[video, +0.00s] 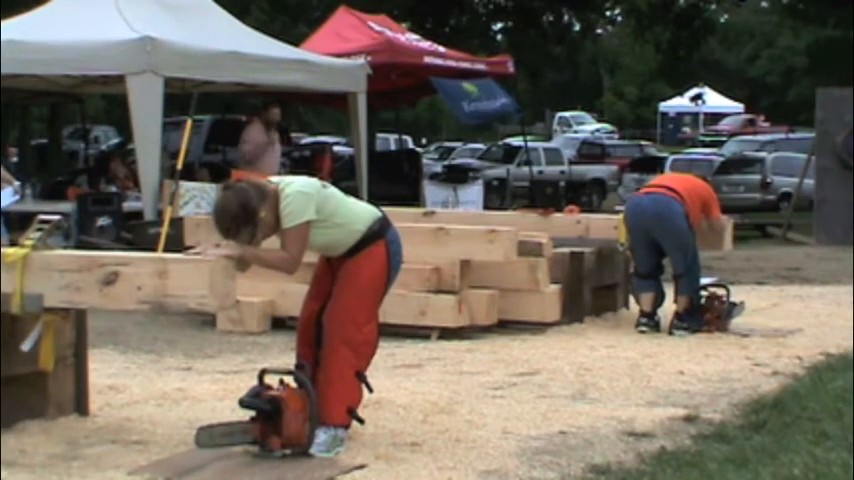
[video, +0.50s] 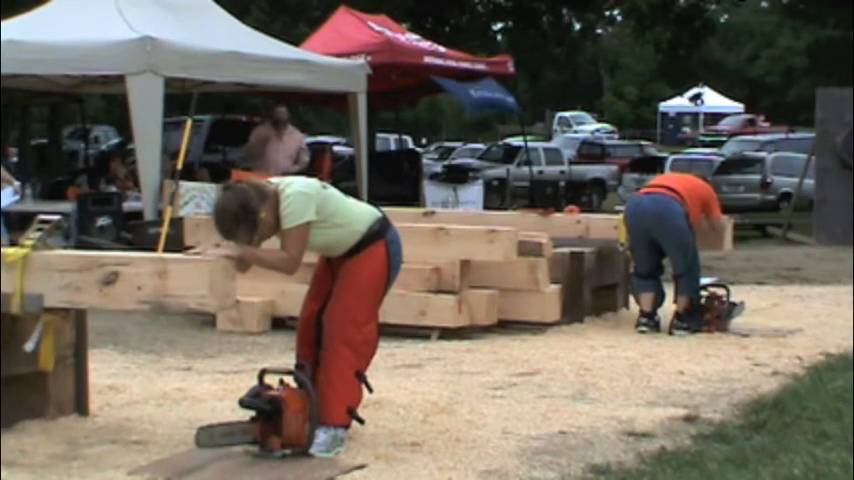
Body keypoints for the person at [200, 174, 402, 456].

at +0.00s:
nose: (259, 237)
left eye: (257, 232)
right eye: (252, 235)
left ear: (264, 210)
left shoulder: (297, 197)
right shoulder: (262, 197)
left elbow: (290, 262)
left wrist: (239, 252)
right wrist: (236, 252)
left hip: (373, 246)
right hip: (337, 251)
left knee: (340, 325)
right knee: (311, 321)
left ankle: (335, 425)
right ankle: (309, 412)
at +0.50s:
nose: (259, 240)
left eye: (258, 235)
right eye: (253, 238)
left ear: (264, 213)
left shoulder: (297, 198)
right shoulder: (264, 198)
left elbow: (290, 263)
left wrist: (240, 252)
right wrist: (239, 252)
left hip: (373, 246)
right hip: (337, 251)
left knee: (340, 325)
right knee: (311, 321)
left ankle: (335, 425)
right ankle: (309, 412)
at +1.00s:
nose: (257, 233)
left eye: (256, 228)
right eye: (249, 232)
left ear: (262, 206)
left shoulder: (297, 194)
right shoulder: (263, 194)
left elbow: (290, 261)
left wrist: (242, 253)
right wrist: (230, 252)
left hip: (372, 246)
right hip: (337, 252)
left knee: (340, 325)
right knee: (310, 321)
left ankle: (334, 426)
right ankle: (309, 412)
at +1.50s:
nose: (252, 233)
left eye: (251, 227)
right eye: (244, 231)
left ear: (260, 204)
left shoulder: (296, 195)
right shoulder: (262, 194)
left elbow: (291, 260)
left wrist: (244, 253)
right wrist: (232, 250)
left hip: (371, 247)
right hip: (336, 254)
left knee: (338, 325)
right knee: (309, 322)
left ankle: (334, 425)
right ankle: (309, 413)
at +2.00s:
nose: (246, 234)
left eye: (248, 226)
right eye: (240, 230)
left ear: (261, 204)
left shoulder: (295, 196)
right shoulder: (260, 195)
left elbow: (291, 260)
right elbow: (245, 263)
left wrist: (241, 253)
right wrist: (227, 250)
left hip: (371, 247)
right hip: (335, 254)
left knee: (338, 326)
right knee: (309, 321)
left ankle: (334, 425)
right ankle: (309, 413)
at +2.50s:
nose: (244, 227)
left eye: (242, 219)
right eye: (238, 224)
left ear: (256, 198)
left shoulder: (302, 198)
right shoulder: (263, 214)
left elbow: (325, 262)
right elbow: (277, 267)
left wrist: (281, 281)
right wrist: (264, 293)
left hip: (374, 245)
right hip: (337, 254)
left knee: (338, 322)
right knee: (309, 322)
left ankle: (336, 426)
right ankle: (310, 414)